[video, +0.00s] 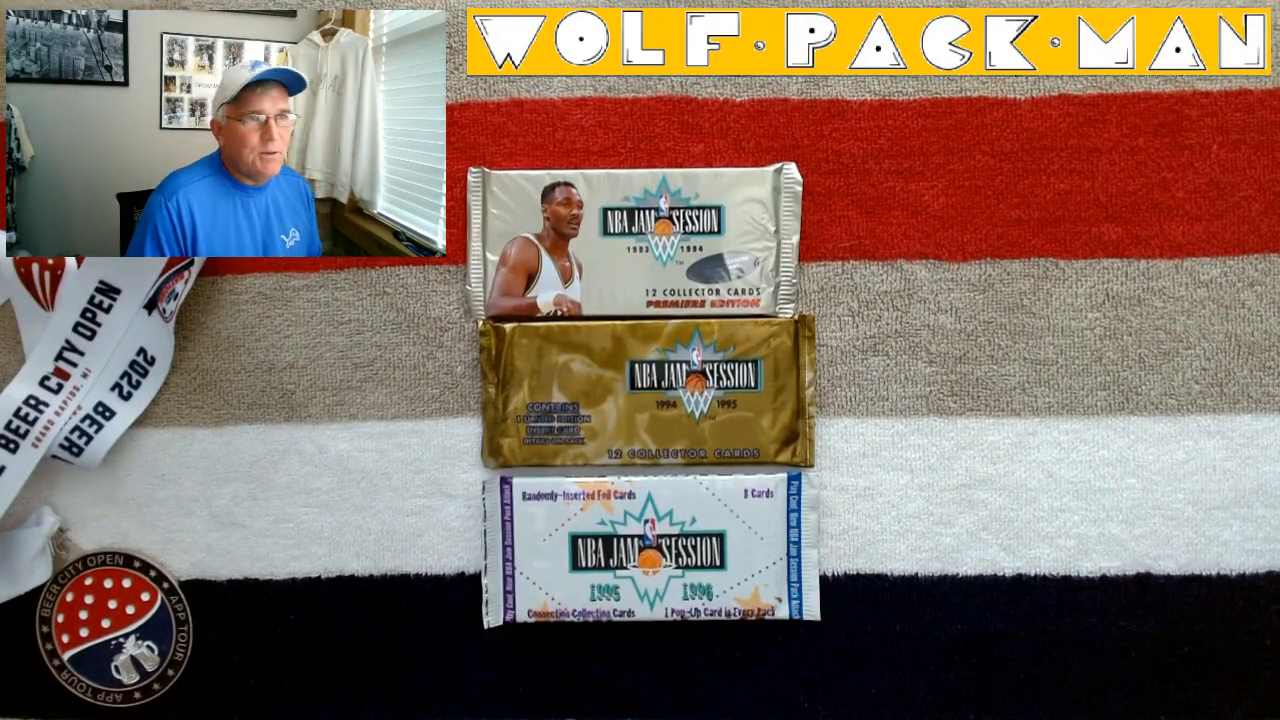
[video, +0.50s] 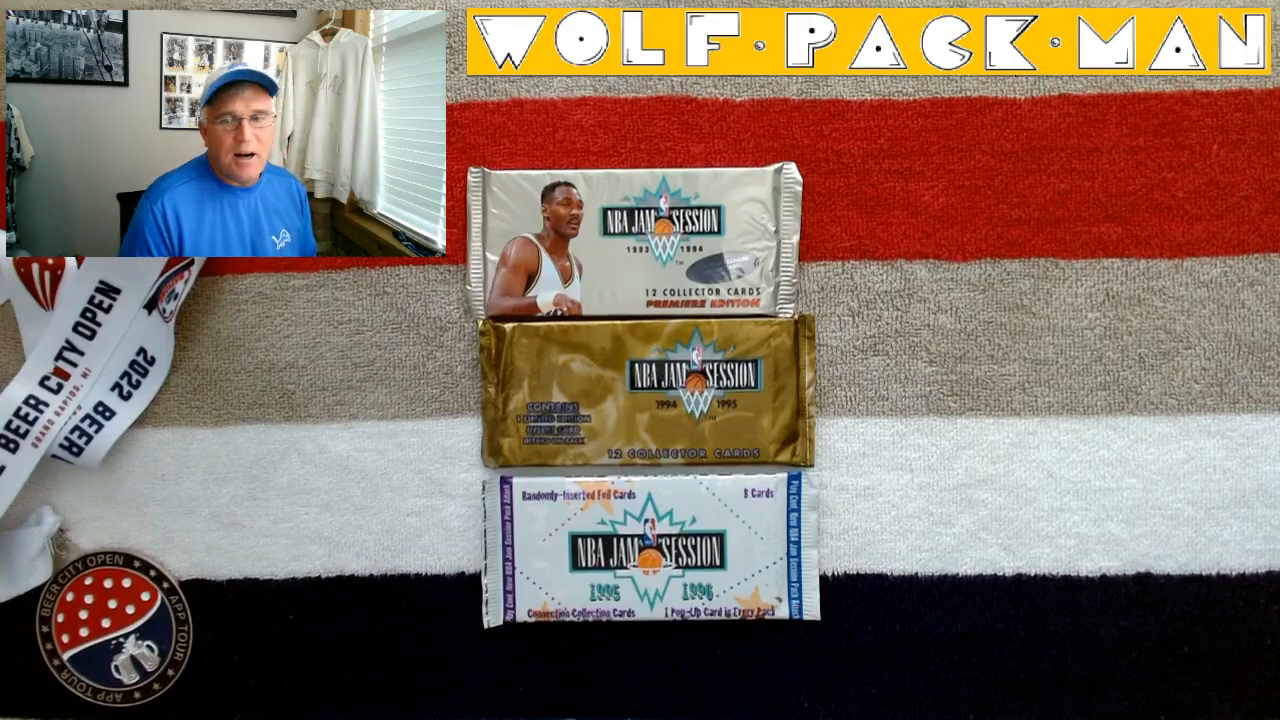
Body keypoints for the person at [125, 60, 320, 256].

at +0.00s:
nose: (273, 134)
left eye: (282, 117)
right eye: (254, 119)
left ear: (292, 124)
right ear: (218, 131)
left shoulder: (297, 191)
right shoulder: (176, 202)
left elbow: (313, 276)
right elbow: (141, 300)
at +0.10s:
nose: (268, 133)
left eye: (278, 117)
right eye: (250, 118)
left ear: (288, 126)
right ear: (216, 130)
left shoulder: (294, 191)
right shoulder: (174, 202)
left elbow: (309, 274)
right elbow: (140, 297)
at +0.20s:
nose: (264, 133)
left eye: (274, 117)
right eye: (246, 118)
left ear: (284, 126)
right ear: (213, 130)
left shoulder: (292, 191)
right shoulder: (172, 202)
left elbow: (308, 274)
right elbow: (140, 297)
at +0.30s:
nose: (259, 133)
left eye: (269, 117)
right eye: (241, 118)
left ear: (280, 124)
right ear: (210, 131)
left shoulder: (291, 191)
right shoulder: (170, 202)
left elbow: (308, 274)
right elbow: (140, 297)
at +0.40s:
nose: (249, 134)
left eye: (262, 117)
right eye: (232, 119)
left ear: (276, 124)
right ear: (207, 131)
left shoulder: (291, 192)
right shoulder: (167, 201)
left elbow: (308, 274)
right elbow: (138, 294)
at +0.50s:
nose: (245, 135)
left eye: (259, 119)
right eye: (228, 120)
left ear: (274, 126)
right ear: (204, 132)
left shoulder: (291, 192)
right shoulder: (165, 203)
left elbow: (308, 275)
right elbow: (135, 297)